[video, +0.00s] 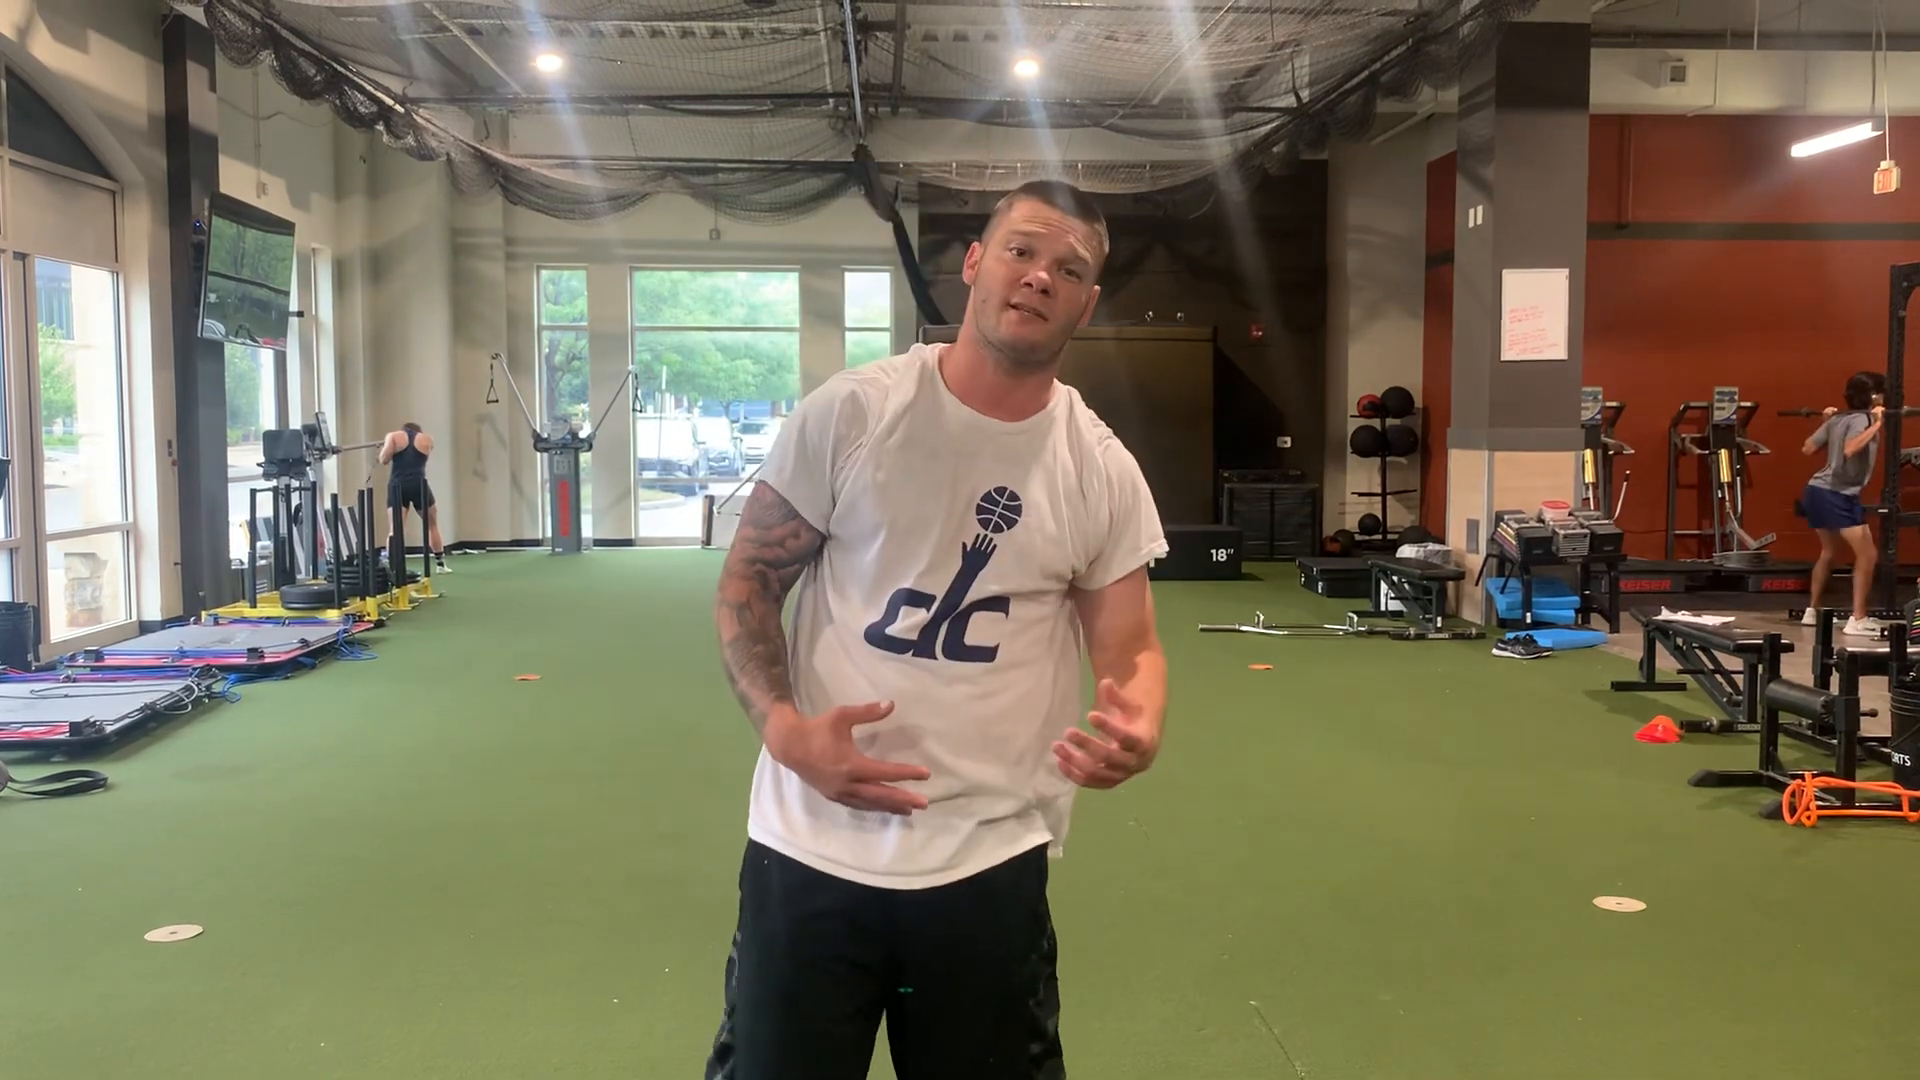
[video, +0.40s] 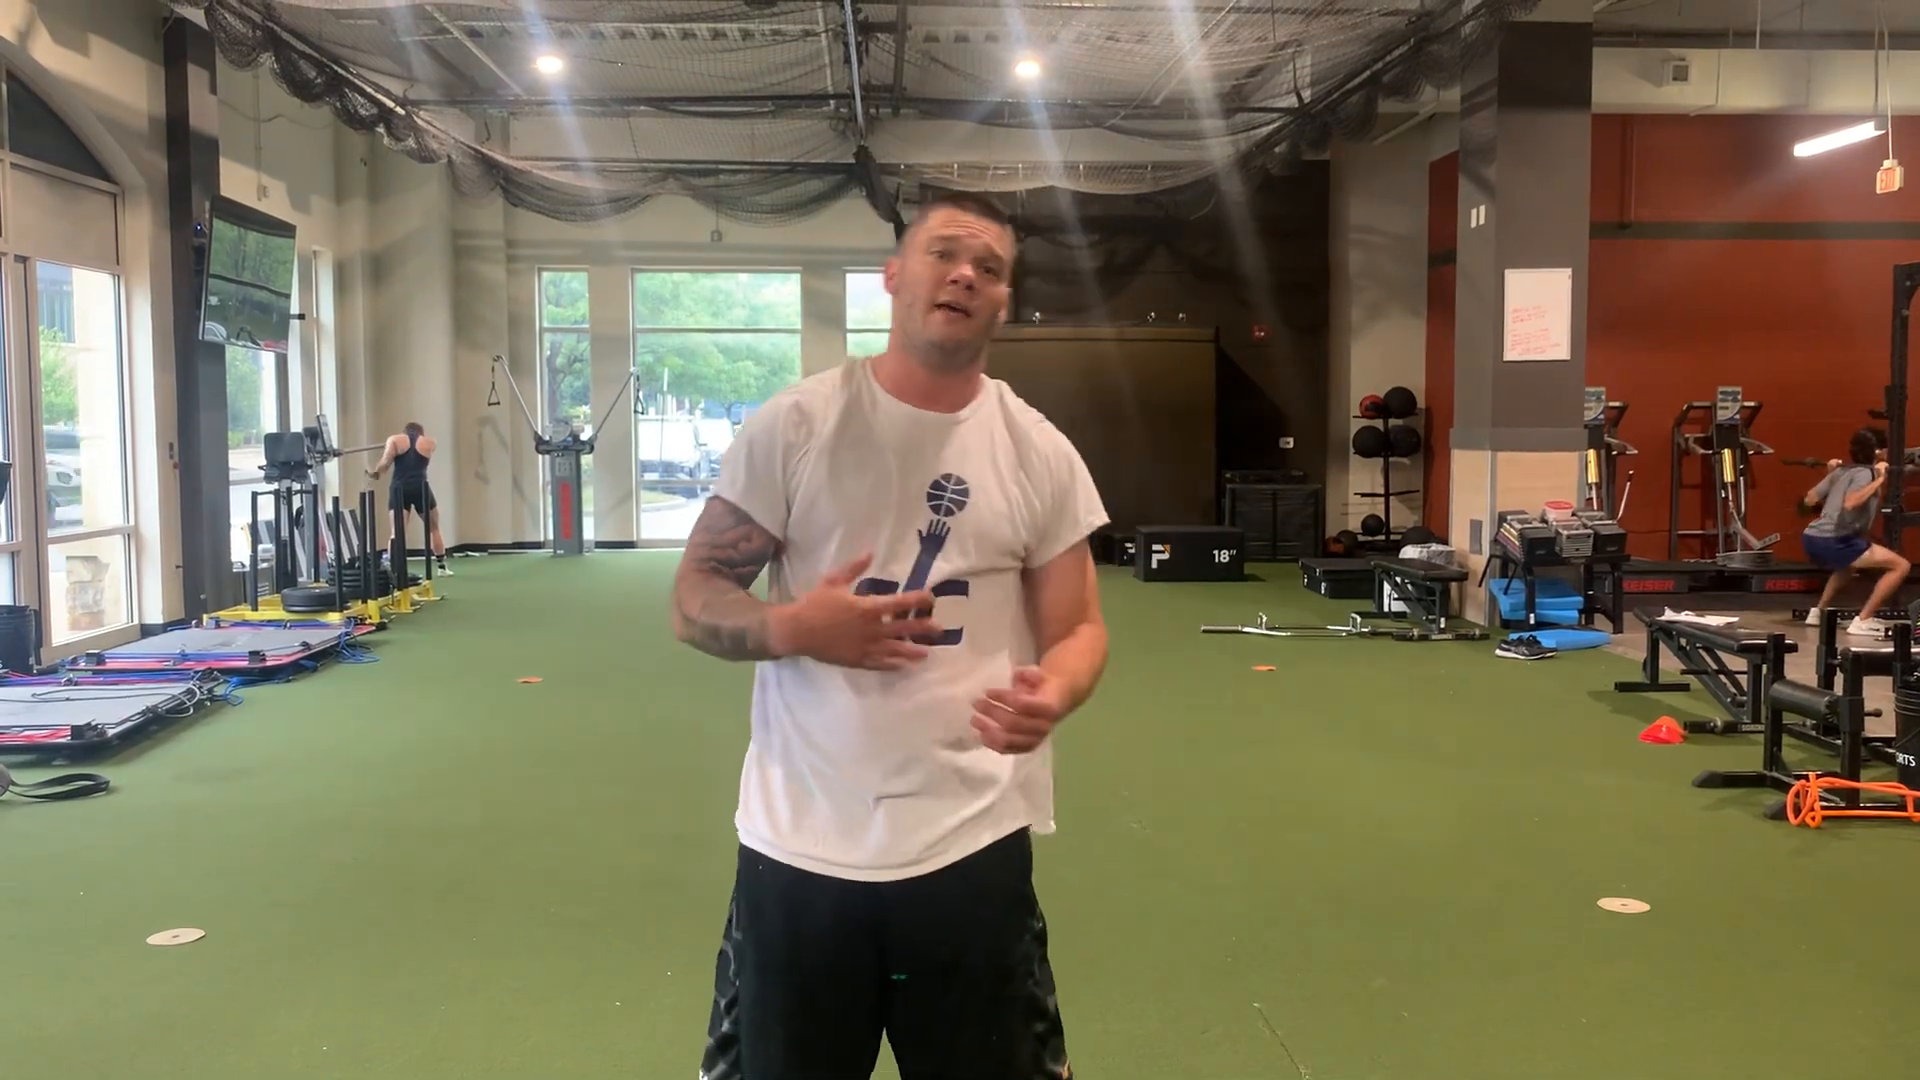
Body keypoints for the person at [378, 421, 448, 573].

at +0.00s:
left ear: (403, 429)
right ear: (419, 431)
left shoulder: (393, 436)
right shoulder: (427, 440)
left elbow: (383, 459)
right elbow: (424, 456)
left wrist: (383, 449)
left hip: (398, 485)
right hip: (419, 484)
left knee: (395, 528)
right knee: (432, 524)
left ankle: (389, 563)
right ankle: (441, 563)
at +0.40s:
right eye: (422, 435)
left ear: (405, 432)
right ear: (421, 433)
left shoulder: (394, 440)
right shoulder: (429, 443)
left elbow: (385, 462)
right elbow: (422, 461)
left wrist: (376, 473)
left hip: (399, 488)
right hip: (420, 487)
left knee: (396, 532)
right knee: (433, 528)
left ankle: (392, 567)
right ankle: (442, 566)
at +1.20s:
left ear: (405, 431)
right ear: (421, 431)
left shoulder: (395, 447)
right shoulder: (431, 448)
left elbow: (387, 469)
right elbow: (424, 468)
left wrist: (375, 488)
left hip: (401, 493)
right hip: (422, 493)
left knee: (399, 535)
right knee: (436, 531)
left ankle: (395, 569)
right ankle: (445, 569)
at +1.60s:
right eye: (418, 428)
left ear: (403, 430)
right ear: (420, 429)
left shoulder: (394, 446)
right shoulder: (429, 447)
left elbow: (388, 469)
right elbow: (424, 466)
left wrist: (377, 488)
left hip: (400, 493)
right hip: (421, 492)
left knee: (398, 536)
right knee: (436, 531)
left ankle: (394, 570)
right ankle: (445, 569)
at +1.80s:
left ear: (403, 430)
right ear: (420, 430)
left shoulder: (394, 446)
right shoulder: (429, 447)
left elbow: (388, 469)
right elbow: (425, 466)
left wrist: (377, 486)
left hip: (401, 493)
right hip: (422, 493)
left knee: (399, 537)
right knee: (436, 532)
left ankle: (395, 572)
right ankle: (445, 569)